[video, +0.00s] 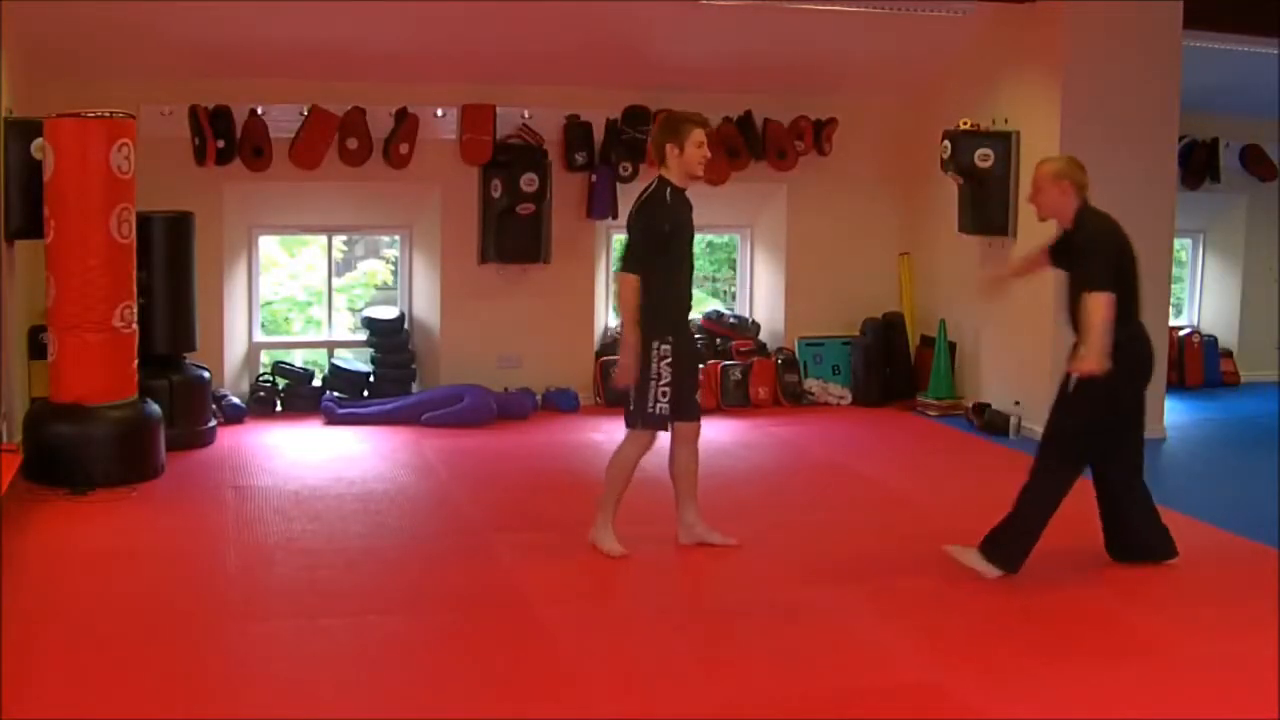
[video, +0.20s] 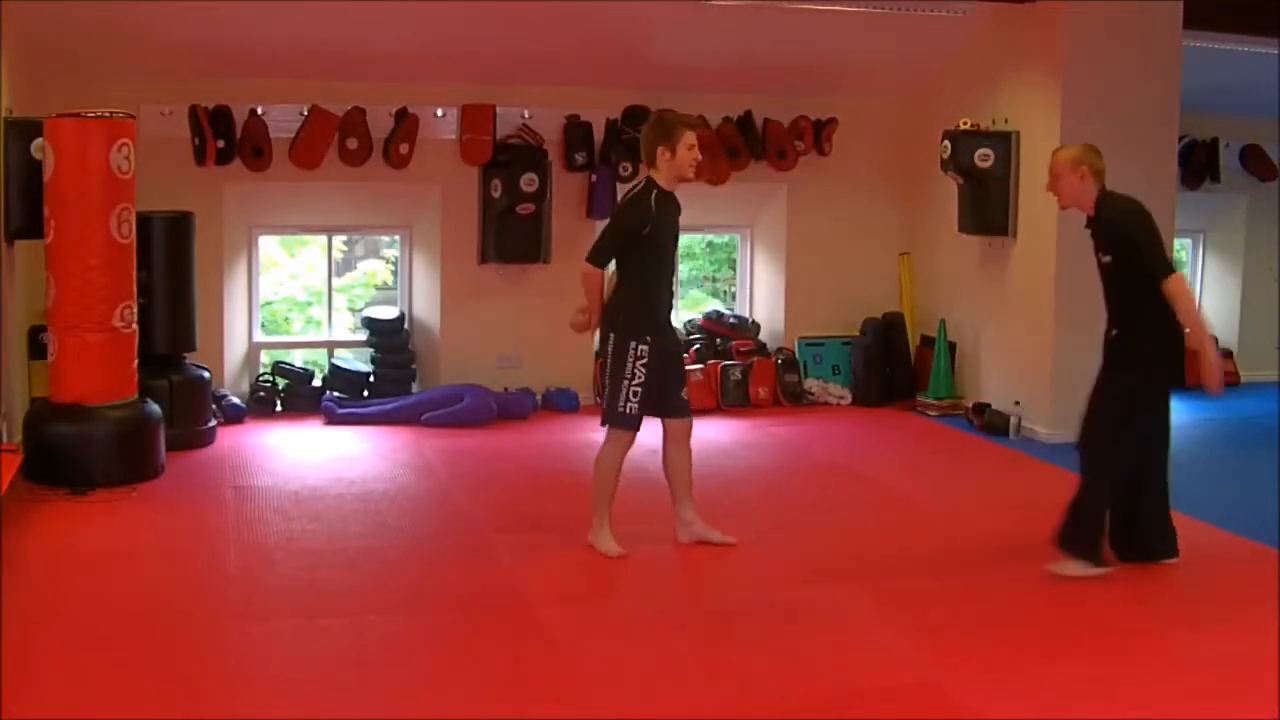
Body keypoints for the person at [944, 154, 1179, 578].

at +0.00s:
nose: (1031, 197)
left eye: (1037, 188)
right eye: (1032, 189)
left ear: (1065, 189)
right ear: (1064, 191)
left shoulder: (1094, 232)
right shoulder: (1078, 231)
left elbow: (1099, 299)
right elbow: (1043, 258)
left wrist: (1093, 351)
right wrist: (1006, 272)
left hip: (1108, 355)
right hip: (1115, 352)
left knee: (1058, 455)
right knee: (1114, 454)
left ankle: (1000, 554)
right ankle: (1146, 543)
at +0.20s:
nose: (1050, 187)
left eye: (1055, 178)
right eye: (1050, 179)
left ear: (1082, 176)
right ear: (1082, 177)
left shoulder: (1122, 215)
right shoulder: (1104, 218)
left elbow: (1171, 280)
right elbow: (1135, 286)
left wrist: (1205, 345)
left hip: (1141, 351)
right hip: (1135, 347)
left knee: (1101, 440)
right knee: (1140, 442)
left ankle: (1084, 547)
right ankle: (1149, 541)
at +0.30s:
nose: (1057, 190)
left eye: (1062, 180)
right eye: (1057, 181)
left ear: (1090, 177)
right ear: (1090, 179)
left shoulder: (1131, 212)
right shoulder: (1116, 216)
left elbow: (1188, 267)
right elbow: (1173, 268)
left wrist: (1217, 324)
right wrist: (1218, 317)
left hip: (1161, 344)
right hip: (1143, 342)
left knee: (1145, 441)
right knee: (1131, 438)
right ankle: (1146, 542)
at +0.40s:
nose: (1067, 195)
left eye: (1071, 186)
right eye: (1066, 187)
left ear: (1098, 181)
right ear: (1098, 182)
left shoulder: (1141, 214)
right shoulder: (1124, 219)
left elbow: (1200, 270)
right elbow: (1172, 272)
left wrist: (1214, 318)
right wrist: (1209, 316)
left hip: (1177, 341)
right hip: (1154, 339)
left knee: (1165, 445)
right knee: (1150, 442)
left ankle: (1221, 545)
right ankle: (1152, 545)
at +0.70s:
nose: (1109, 184)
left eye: (1114, 175)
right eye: (1109, 175)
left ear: (1143, 176)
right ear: (1141, 177)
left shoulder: (1179, 215)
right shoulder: (1161, 218)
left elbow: (1197, 294)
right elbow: (1181, 294)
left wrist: (1200, 367)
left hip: (1205, 355)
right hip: (1175, 352)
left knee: (1234, 462)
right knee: (1149, 440)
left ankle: (1266, 568)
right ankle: (1160, 542)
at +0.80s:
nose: (1126, 175)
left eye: (1130, 165)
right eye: (1125, 166)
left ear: (1157, 159)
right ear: (1158, 160)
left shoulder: (1189, 204)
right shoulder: (1177, 202)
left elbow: (1163, 277)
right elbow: (1170, 277)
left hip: (1202, 340)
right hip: (1174, 338)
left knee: (1224, 451)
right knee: (1139, 430)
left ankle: (1263, 564)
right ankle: (1152, 534)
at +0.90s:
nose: (1130, 163)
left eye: (1136, 153)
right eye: (1130, 154)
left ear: (1164, 152)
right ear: (1165, 152)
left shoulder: (1185, 202)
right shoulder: (1184, 198)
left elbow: (1119, 246)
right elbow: (1191, 286)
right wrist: (1220, 353)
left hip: (1190, 340)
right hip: (1165, 338)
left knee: (1213, 449)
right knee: (1131, 426)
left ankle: (1257, 558)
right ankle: (1140, 535)